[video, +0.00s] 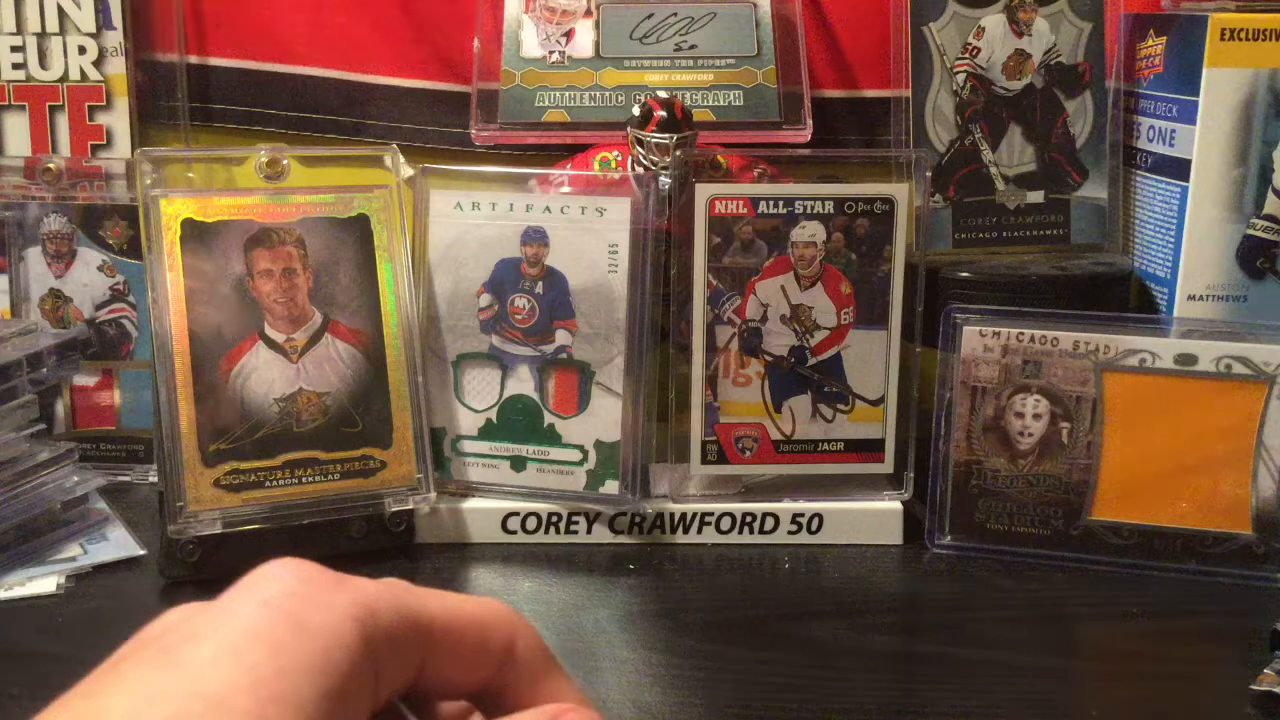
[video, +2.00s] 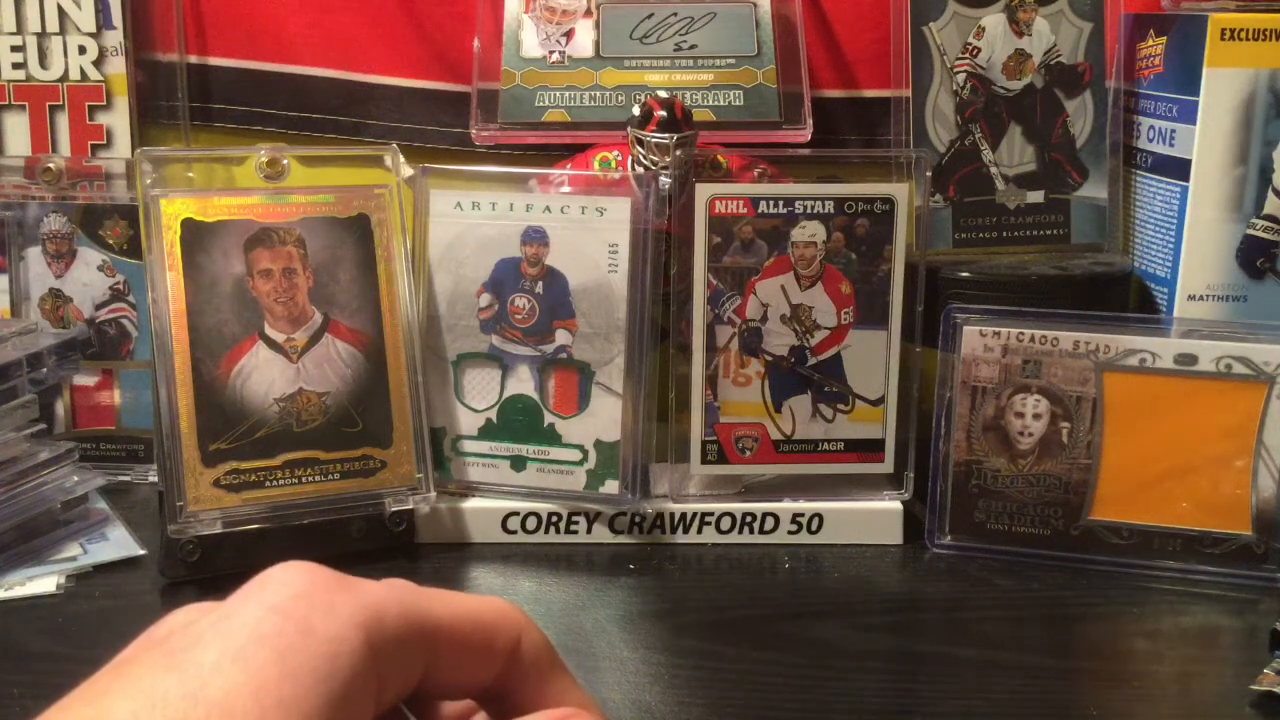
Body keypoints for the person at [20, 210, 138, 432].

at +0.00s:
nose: (57, 252)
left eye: (63, 244)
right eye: (51, 244)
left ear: (73, 242)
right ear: (42, 243)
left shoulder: (96, 265)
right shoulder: (27, 262)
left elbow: (122, 313)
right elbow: (14, 312)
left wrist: (101, 338)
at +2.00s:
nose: (57, 247)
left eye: (63, 241)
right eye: (51, 241)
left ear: (72, 240)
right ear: (43, 242)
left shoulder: (96, 264)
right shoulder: (28, 261)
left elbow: (121, 306)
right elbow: (14, 309)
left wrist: (107, 335)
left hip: (88, 369)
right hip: (40, 366)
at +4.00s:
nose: (57, 245)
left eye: (62, 239)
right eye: (51, 240)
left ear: (72, 239)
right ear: (43, 242)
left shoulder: (95, 264)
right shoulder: (27, 261)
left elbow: (120, 303)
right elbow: (10, 305)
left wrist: (108, 333)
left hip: (88, 362)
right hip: (39, 360)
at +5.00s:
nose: (57, 246)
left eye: (62, 239)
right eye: (51, 240)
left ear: (72, 239)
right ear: (43, 242)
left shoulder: (96, 264)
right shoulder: (27, 261)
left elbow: (120, 304)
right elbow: (13, 308)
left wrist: (108, 334)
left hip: (88, 361)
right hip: (40, 358)